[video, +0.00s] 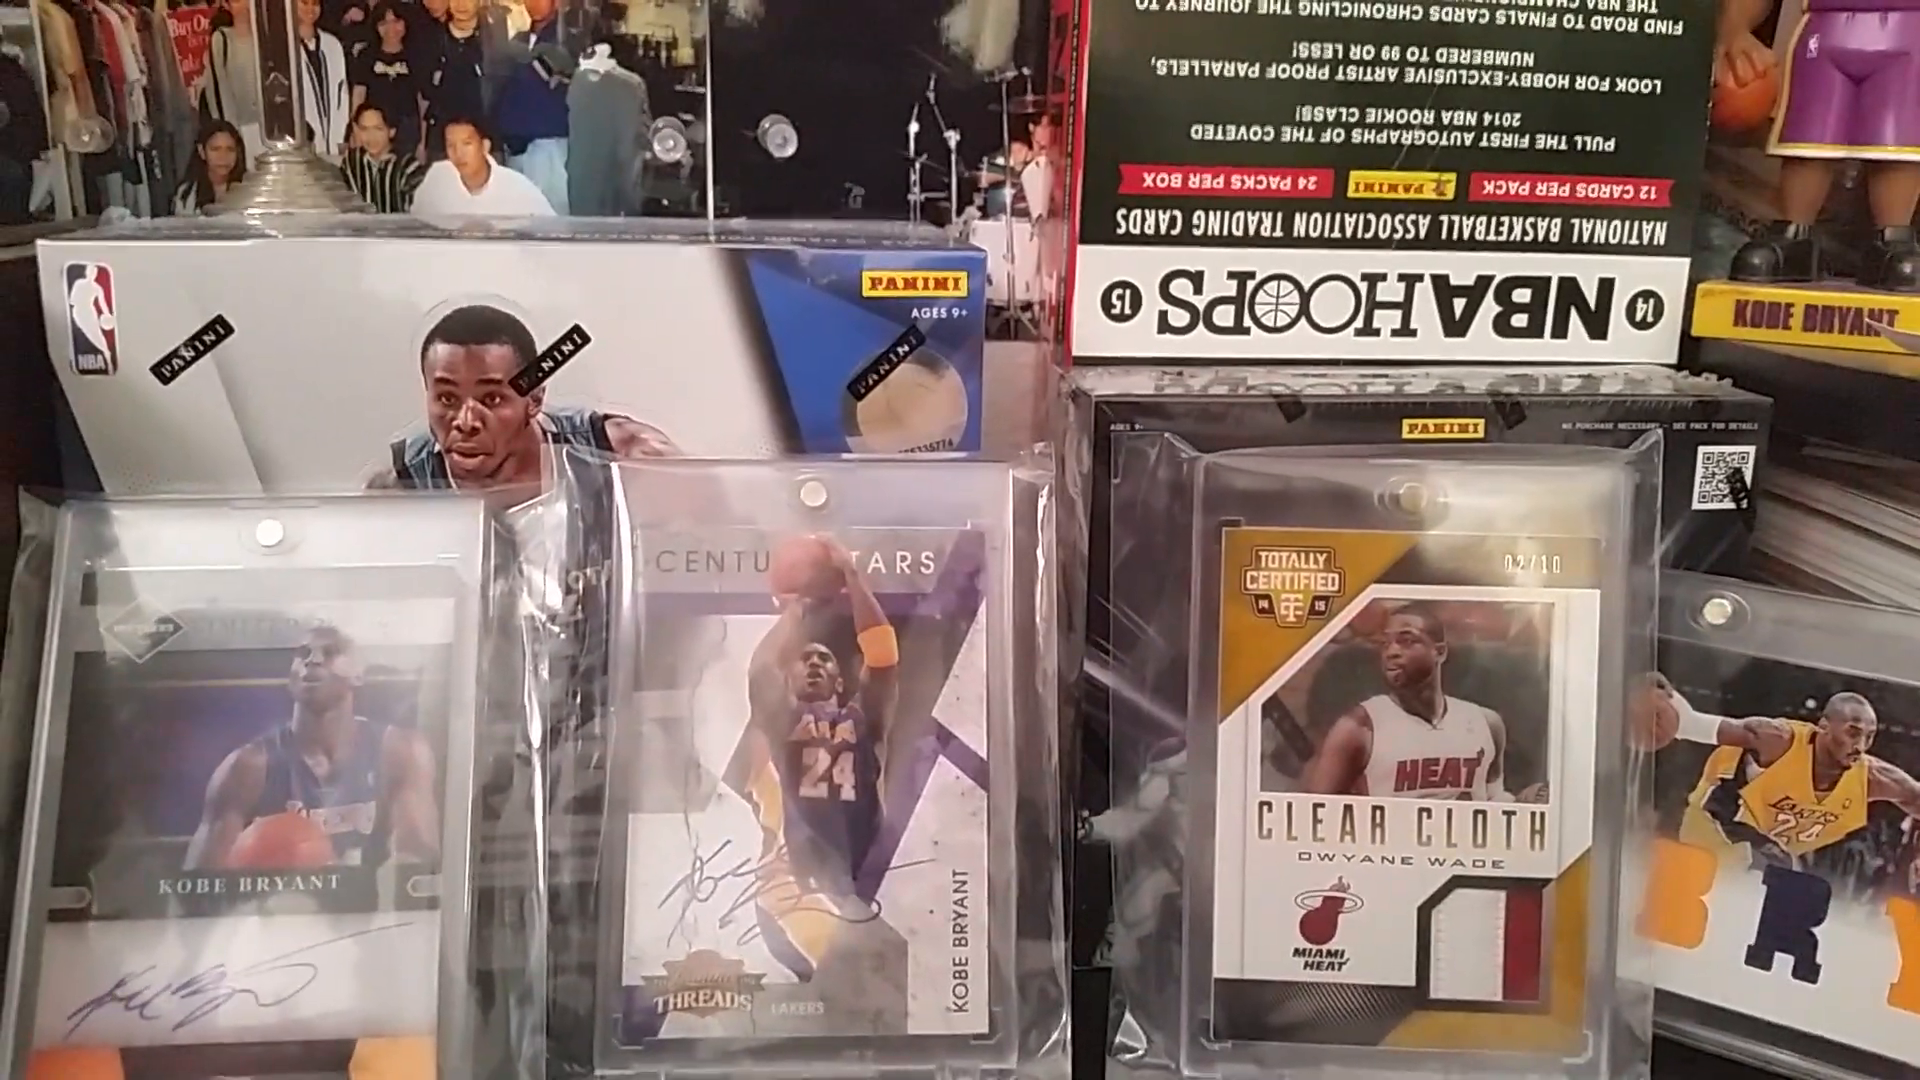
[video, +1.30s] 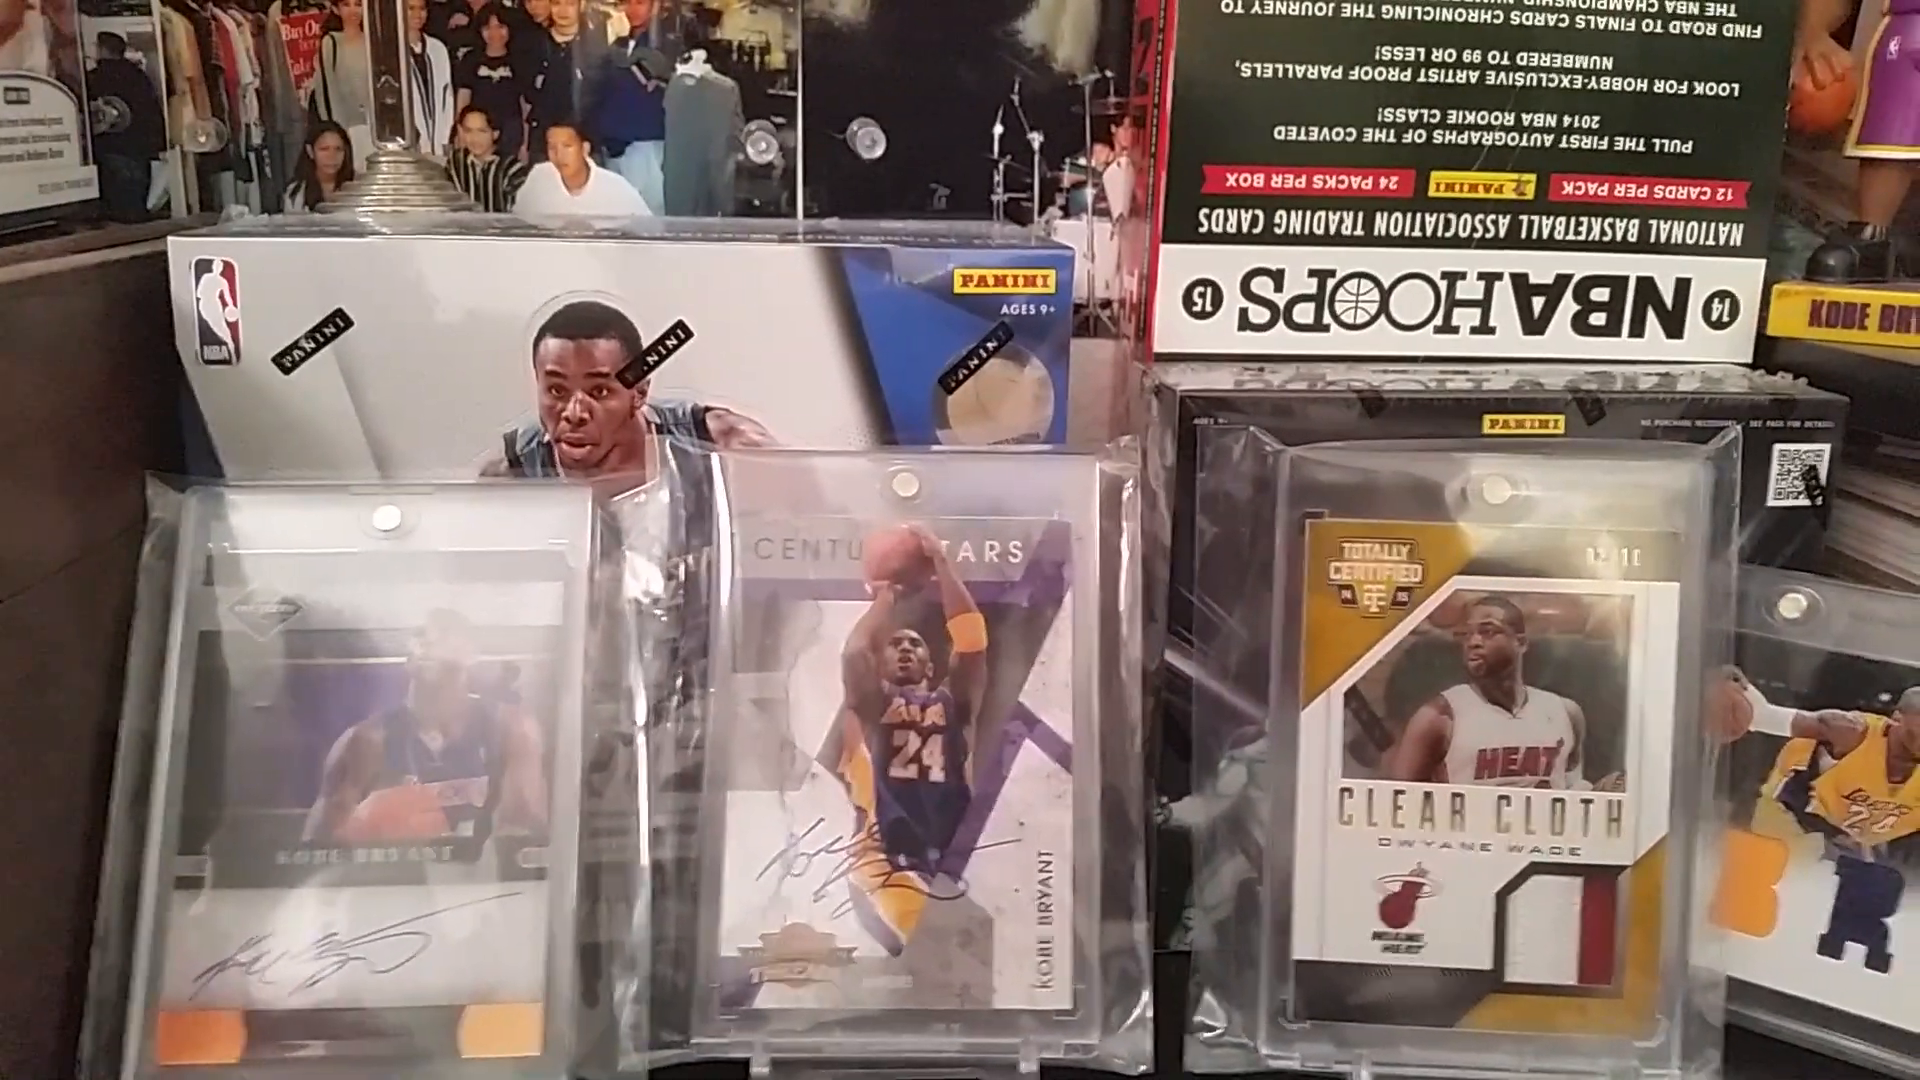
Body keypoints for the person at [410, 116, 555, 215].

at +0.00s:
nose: (459, 154)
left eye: (467, 144)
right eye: (451, 146)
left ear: (485, 146)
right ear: (446, 151)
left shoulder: (516, 185)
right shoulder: (438, 176)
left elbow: (553, 231)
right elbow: (414, 225)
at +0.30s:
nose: (479, 154)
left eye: (488, 144)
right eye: (471, 146)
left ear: (506, 146)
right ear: (466, 150)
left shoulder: (536, 184)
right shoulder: (458, 176)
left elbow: (573, 229)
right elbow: (434, 223)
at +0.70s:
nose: (501, 153)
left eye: (509, 143)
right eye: (493, 145)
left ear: (527, 146)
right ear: (488, 148)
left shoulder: (558, 184)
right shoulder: (480, 176)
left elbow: (595, 229)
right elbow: (456, 223)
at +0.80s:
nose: (523, 152)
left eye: (532, 143)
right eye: (516, 144)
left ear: (551, 146)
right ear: (511, 150)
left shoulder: (581, 183)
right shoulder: (503, 174)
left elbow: (616, 227)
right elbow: (480, 222)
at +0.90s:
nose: (545, 152)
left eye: (554, 143)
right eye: (538, 144)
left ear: (572, 146)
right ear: (533, 147)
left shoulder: (602, 184)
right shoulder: (525, 174)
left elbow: (636, 228)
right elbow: (503, 222)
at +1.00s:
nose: (562, 153)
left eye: (570, 145)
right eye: (555, 146)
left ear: (588, 148)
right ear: (550, 148)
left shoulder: (618, 186)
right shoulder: (542, 176)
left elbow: (653, 230)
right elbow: (520, 223)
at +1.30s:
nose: (559, 155)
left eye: (567, 146)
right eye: (552, 148)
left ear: (585, 149)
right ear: (547, 152)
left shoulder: (615, 186)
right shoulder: (539, 177)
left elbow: (650, 232)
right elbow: (516, 224)